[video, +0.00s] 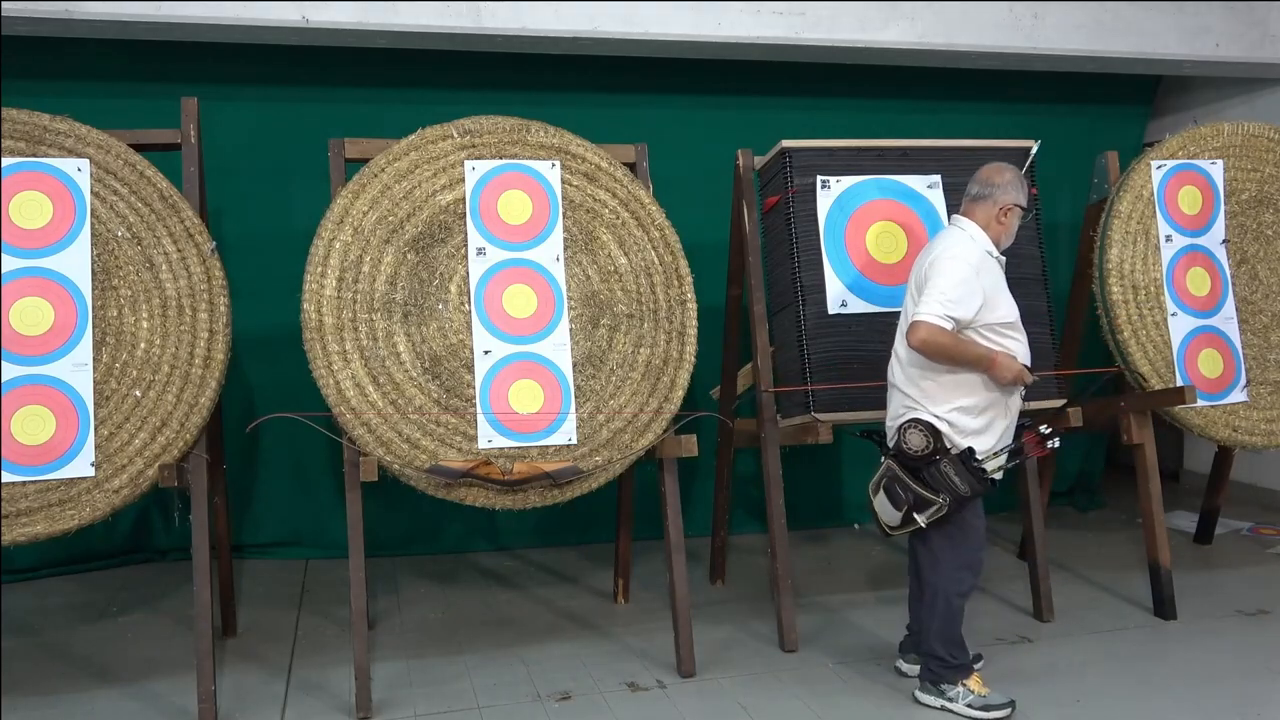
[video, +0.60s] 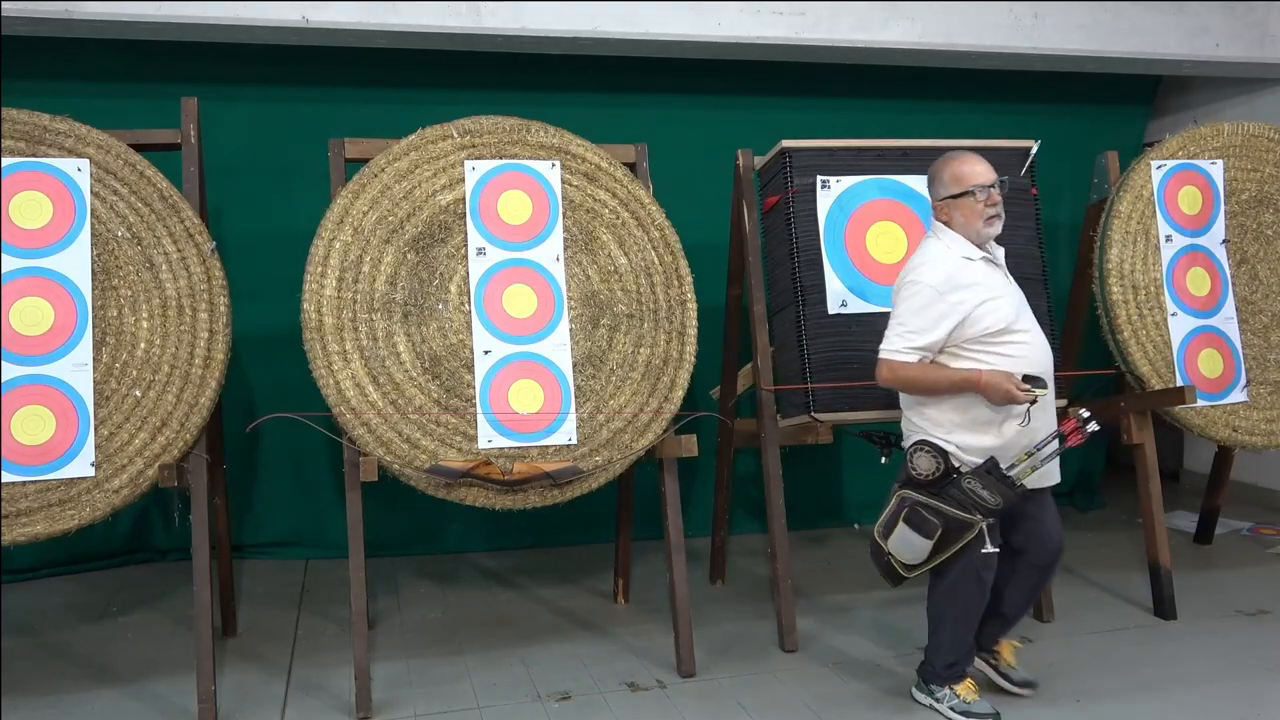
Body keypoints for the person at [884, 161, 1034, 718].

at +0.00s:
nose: (1019, 224)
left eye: (1020, 215)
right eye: (1019, 213)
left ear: (976, 203)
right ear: (1000, 210)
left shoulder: (954, 246)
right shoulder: (963, 252)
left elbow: (935, 336)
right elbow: (926, 333)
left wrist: (996, 362)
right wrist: (991, 361)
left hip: (938, 433)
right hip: (943, 440)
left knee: (936, 548)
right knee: (955, 558)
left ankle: (921, 645)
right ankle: (944, 675)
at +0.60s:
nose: (995, 198)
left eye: (996, 188)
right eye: (979, 192)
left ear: (996, 194)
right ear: (944, 207)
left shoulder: (981, 256)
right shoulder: (931, 270)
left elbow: (969, 344)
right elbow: (891, 369)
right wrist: (979, 379)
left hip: (1011, 444)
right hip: (960, 456)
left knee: (1040, 541)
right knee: (967, 565)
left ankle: (986, 636)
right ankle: (941, 675)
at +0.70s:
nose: (983, 201)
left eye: (988, 189)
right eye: (966, 195)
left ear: (995, 193)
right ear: (936, 208)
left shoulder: (996, 257)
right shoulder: (916, 276)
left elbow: (1001, 340)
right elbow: (886, 378)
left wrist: (1049, 386)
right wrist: (968, 377)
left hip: (1020, 449)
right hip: (953, 459)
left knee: (1049, 557)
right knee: (961, 568)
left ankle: (1019, 669)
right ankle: (942, 676)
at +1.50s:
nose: (915, 188)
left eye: (931, 173)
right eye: (899, 178)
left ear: (961, 182)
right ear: (886, 195)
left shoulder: (1020, 264)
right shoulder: (867, 269)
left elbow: (1083, 378)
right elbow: (850, 353)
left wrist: (1049, 465)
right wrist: (838, 373)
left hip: (984, 524)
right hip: (881, 520)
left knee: (993, 683)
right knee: (875, 671)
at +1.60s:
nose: (892, 195)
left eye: (908, 179)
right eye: (876, 185)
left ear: (939, 186)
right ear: (864, 201)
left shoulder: (999, 267)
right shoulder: (845, 279)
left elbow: (1062, 379)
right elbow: (837, 364)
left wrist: (985, 443)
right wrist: (823, 382)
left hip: (971, 531)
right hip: (867, 528)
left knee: (990, 692)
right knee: (856, 688)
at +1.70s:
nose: (866, 200)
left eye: (881, 183)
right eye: (850, 191)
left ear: (913, 192)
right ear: (838, 210)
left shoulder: (972, 273)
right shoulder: (821, 290)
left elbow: (1019, 397)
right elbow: (813, 382)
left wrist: (908, 428)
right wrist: (797, 398)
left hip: (948, 539)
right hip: (843, 540)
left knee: (982, 701)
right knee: (841, 699)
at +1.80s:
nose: (833, 194)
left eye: (849, 177)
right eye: (817, 186)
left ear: (883, 188)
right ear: (804, 208)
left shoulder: (944, 269)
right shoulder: (790, 294)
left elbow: (972, 400)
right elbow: (771, 386)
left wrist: (842, 413)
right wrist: (762, 403)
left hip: (916, 541)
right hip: (811, 543)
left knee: (961, 701)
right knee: (813, 699)